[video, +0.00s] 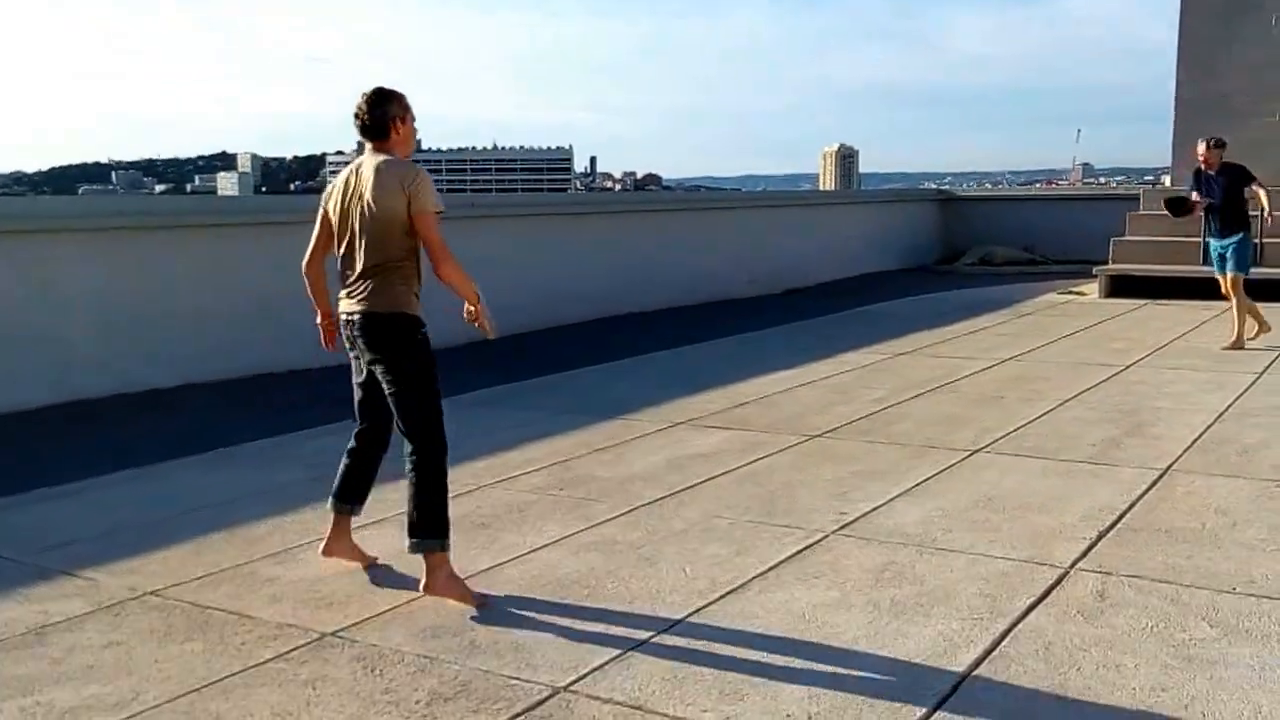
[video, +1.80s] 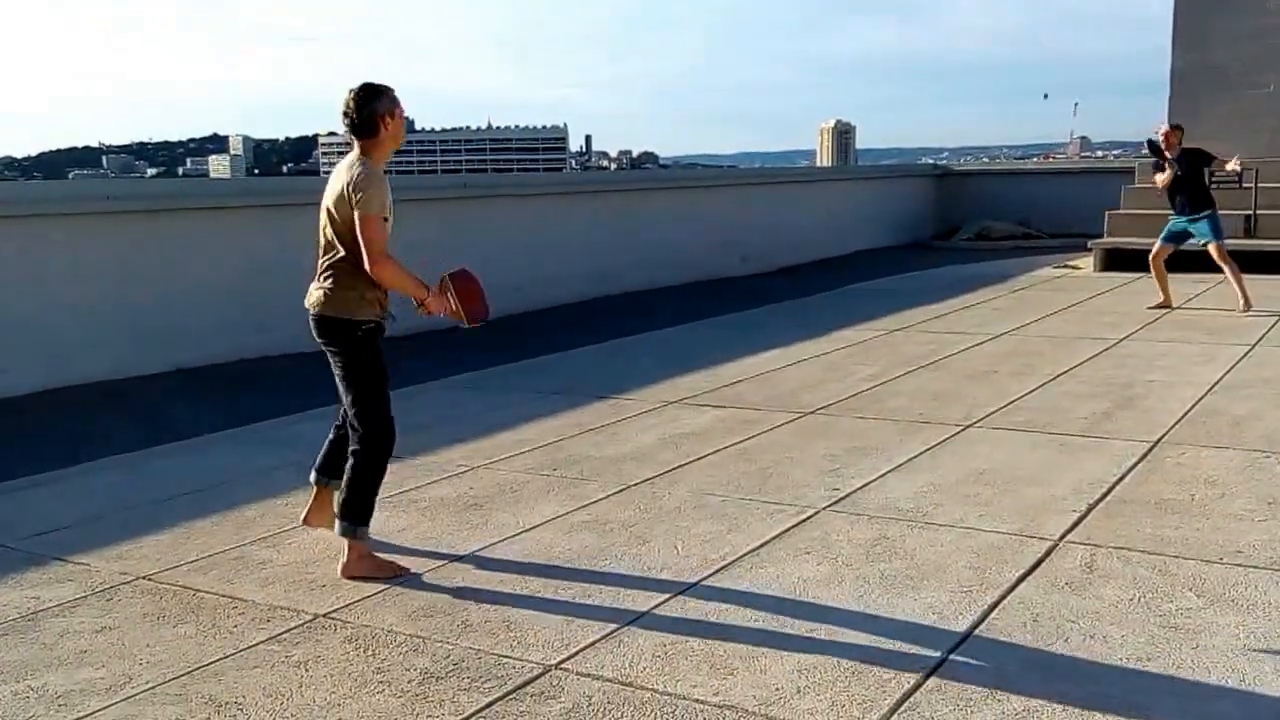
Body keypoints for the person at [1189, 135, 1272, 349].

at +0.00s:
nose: (1202, 161)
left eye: (1206, 157)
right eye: (1200, 157)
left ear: (1218, 155)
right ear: (1198, 156)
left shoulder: (1235, 171)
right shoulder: (1199, 174)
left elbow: (1260, 189)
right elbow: (1195, 204)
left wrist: (1267, 210)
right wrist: (1196, 205)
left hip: (1237, 235)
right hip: (1215, 237)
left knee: (1234, 285)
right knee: (1226, 289)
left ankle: (1238, 337)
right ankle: (1261, 322)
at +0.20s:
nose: (1214, 148)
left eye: (1219, 145)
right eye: (1212, 143)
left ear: (1227, 148)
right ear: (1207, 145)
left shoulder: (1236, 167)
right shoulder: (1200, 169)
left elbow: (1260, 183)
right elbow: (1189, 199)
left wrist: (1267, 189)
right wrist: (1201, 184)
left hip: (1235, 230)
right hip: (1213, 232)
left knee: (1232, 278)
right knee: (1216, 284)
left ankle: (1235, 330)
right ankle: (1239, 320)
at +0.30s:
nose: (1215, 143)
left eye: (1220, 140)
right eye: (1213, 138)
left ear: (1227, 146)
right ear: (1207, 141)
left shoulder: (1235, 166)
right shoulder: (1199, 167)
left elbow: (1259, 180)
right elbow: (1185, 194)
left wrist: (1267, 183)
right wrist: (1198, 178)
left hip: (1234, 230)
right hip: (1211, 232)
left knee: (1226, 278)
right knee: (1205, 281)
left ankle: (1233, 329)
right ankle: (1217, 320)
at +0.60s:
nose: (1207, 144)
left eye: (1212, 140)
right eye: (1204, 140)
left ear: (1219, 145)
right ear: (1199, 143)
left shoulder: (1229, 167)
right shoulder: (1190, 169)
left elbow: (1245, 191)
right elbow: (1174, 201)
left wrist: (1243, 202)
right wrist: (1185, 190)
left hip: (1223, 229)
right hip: (1196, 230)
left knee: (1222, 272)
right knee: (1181, 277)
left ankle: (1233, 321)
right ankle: (1190, 315)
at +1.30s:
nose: (1179, 152)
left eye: (1183, 147)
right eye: (1178, 148)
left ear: (1195, 149)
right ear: (1177, 151)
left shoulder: (1206, 167)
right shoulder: (1189, 175)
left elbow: (1222, 184)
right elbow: (1180, 201)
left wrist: (1211, 201)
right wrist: (1154, 203)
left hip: (1221, 228)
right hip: (1201, 229)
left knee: (1222, 271)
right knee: (1170, 262)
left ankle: (1256, 309)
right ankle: (1165, 303)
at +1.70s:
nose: (1159, 151)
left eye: (1163, 147)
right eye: (1157, 148)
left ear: (1175, 148)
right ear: (1156, 151)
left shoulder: (1192, 163)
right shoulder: (1161, 175)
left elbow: (1221, 175)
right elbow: (1157, 197)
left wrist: (1229, 185)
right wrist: (1144, 191)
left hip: (1208, 222)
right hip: (1184, 225)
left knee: (1223, 259)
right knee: (1154, 259)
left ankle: (1252, 304)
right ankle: (1166, 299)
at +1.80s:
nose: (1164, 139)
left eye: (1168, 135)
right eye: (1162, 135)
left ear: (1178, 138)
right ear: (1160, 139)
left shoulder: (1193, 154)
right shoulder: (1159, 163)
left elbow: (1221, 164)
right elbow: (1161, 184)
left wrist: (1231, 165)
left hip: (1204, 215)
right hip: (1179, 218)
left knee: (1219, 255)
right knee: (1155, 258)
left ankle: (1243, 298)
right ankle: (1165, 298)